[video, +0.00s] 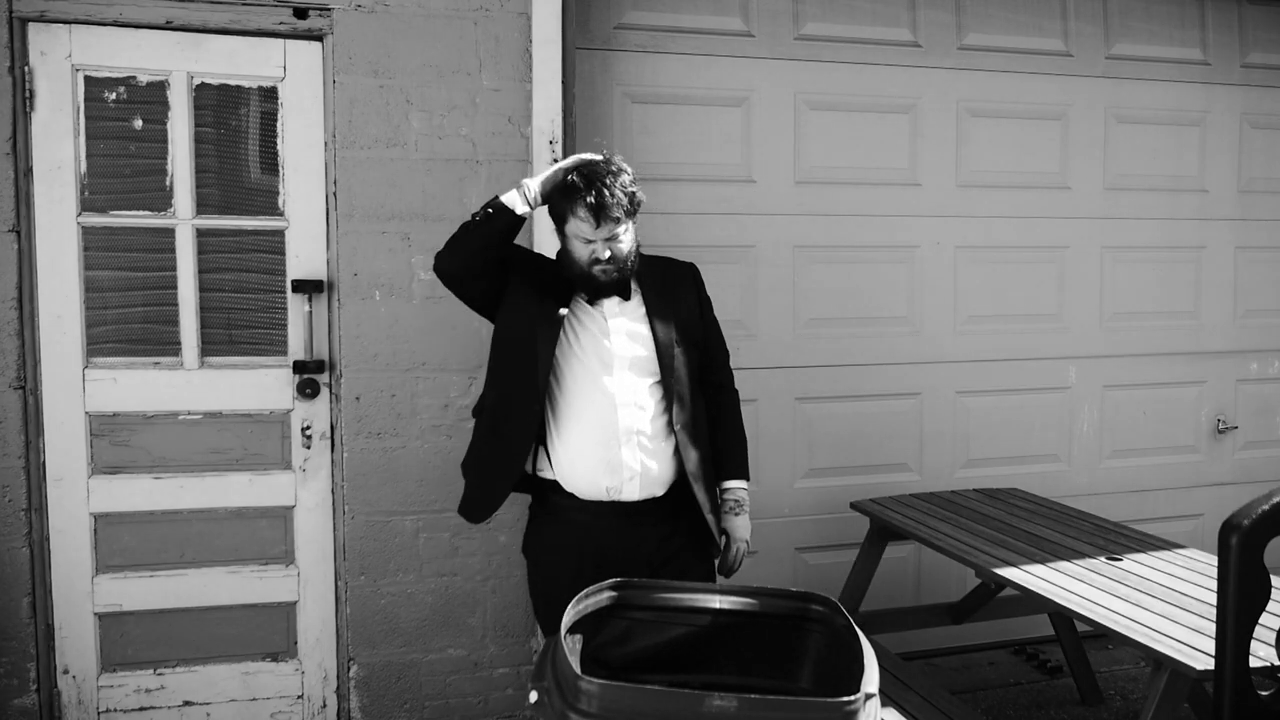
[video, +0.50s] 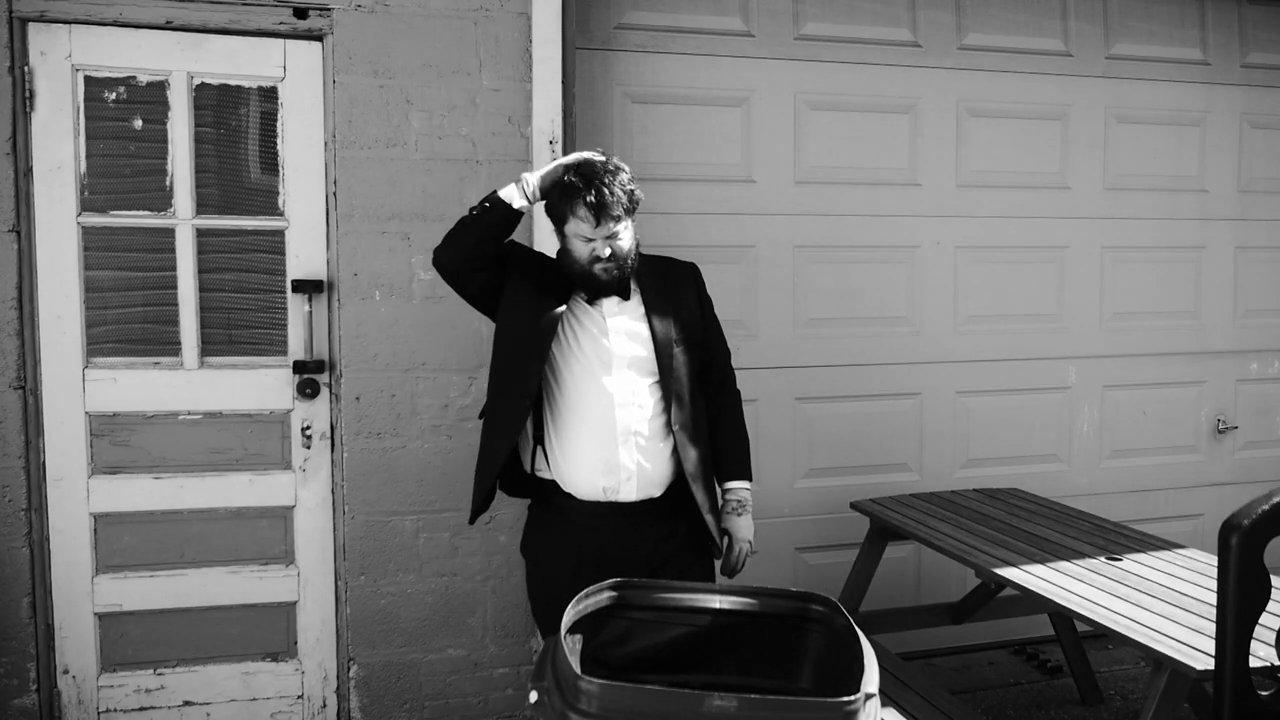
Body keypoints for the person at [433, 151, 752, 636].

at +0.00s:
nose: (602, 252)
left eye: (615, 236)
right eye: (585, 239)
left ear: (634, 224)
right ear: (558, 235)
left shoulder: (678, 285)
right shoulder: (530, 287)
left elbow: (718, 391)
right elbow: (455, 264)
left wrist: (735, 499)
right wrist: (533, 191)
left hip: (672, 523)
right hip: (568, 526)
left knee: (677, 688)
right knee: (578, 687)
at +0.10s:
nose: (605, 250)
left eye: (617, 233)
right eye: (587, 237)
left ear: (635, 223)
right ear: (559, 233)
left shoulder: (679, 285)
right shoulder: (532, 287)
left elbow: (718, 391)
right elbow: (456, 257)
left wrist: (734, 499)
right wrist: (533, 189)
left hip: (671, 523)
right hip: (567, 526)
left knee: (676, 687)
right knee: (578, 685)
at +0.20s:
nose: (606, 249)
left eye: (618, 233)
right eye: (589, 236)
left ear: (636, 222)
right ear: (559, 234)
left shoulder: (679, 286)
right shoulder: (532, 285)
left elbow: (719, 393)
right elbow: (455, 258)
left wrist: (735, 500)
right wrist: (533, 189)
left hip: (670, 526)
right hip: (567, 528)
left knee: (676, 691)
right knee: (578, 688)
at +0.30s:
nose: (606, 250)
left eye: (618, 233)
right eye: (589, 236)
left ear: (636, 223)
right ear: (559, 233)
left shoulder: (679, 286)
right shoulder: (531, 286)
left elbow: (720, 393)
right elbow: (454, 259)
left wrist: (737, 500)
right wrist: (531, 189)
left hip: (670, 526)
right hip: (566, 528)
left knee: (674, 691)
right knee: (576, 687)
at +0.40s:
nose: (604, 250)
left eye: (616, 234)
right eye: (587, 237)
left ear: (634, 223)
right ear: (558, 233)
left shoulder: (679, 286)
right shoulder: (530, 286)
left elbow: (720, 393)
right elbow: (455, 257)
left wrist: (738, 500)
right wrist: (532, 188)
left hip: (671, 527)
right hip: (566, 529)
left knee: (676, 691)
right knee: (576, 689)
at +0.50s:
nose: (605, 250)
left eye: (616, 232)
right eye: (587, 238)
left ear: (634, 221)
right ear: (558, 235)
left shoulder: (679, 286)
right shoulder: (529, 287)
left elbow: (719, 392)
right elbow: (455, 258)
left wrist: (737, 499)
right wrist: (530, 188)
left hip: (670, 527)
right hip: (566, 529)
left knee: (675, 691)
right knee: (577, 689)